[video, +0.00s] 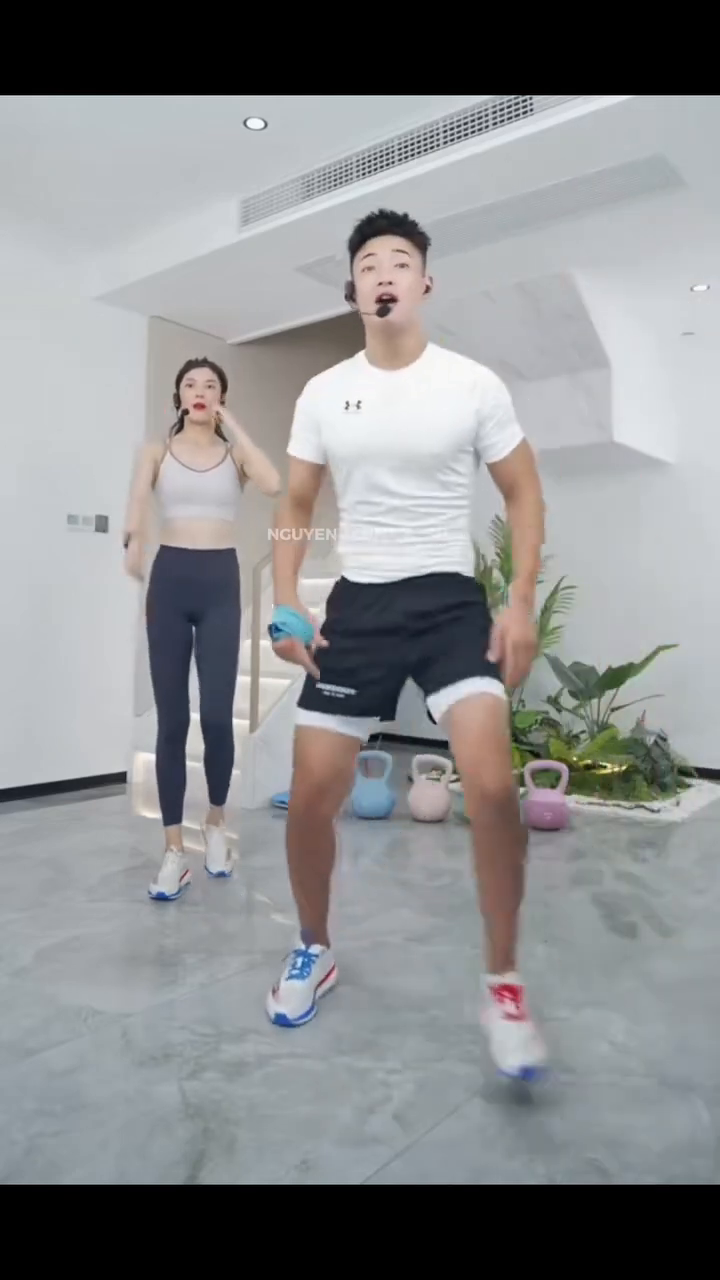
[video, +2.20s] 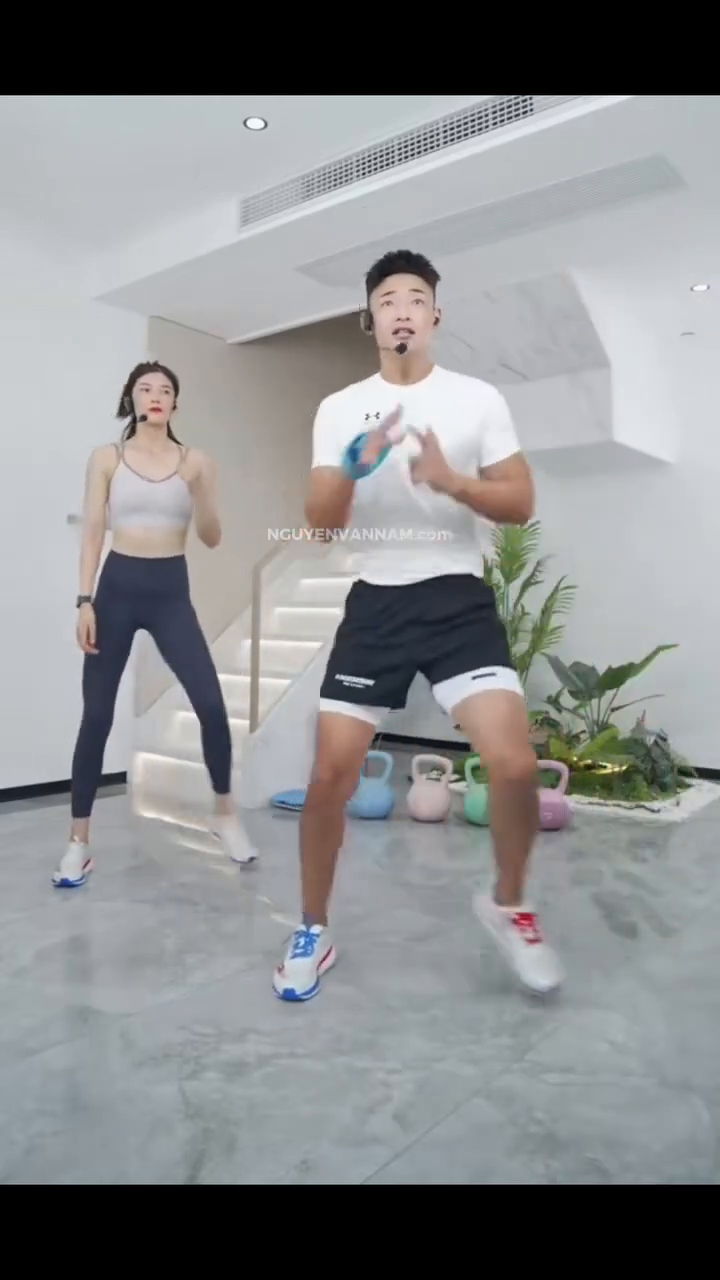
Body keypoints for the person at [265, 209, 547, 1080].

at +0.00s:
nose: (383, 276)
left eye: (399, 264)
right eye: (369, 266)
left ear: (428, 284)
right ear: (352, 291)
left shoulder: (474, 386)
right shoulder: (324, 394)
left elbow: (526, 496)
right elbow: (295, 509)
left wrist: (519, 605)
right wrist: (286, 600)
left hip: (453, 607)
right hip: (355, 612)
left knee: (493, 788)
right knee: (310, 795)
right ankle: (313, 950)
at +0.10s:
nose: (373, 271)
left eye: (388, 259)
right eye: (360, 262)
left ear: (416, 278)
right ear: (344, 286)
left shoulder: (463, 375)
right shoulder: (317, 387)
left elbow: (513, 478)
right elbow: (283, 493)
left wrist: (477, 570)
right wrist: (272, 584)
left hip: (436, 591)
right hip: (348, 595)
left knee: (426, 783)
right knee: (320, 777)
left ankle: (416, 912)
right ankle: (314, 948)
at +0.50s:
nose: (403, 312)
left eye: (415, 302)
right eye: (388, 304)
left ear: (434, 321)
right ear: (369, 327)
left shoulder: (474, 413)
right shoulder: (341, 421)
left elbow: (516, 501)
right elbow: (326, 528)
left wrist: (502, 557)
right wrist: (353, 550)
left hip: (462, 603)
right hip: (378, 610)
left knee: (530, 746)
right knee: (338, 767)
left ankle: (502, 862)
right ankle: (314, 943)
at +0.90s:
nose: (508, 331)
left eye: (519, 322)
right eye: (494, 324)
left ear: (537, 340)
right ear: (476, 344)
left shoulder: (573, 421)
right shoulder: (447, 424)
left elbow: (621, 501)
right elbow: (414, 520)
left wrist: (609, 552)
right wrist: (466, 558)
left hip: (551, 600)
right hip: (473, 598)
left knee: (567, 759)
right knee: (437, 748)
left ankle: (573, 902)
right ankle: (423, 882)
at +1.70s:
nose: (422, 337)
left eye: (436, 326)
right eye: (409, 326)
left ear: (456, 341)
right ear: (392, 341)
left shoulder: (481, 429)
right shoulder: (356, 417)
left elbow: (527, 525)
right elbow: (317, 504)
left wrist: (484, 552)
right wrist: (351, 526)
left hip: (448, 611)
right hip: (370, 612)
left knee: (523, 754)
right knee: (329, 763)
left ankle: (519, 870)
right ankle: (308, 927)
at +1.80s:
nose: (405, 323)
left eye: (419, 313)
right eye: (392, 313)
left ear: (439, 328)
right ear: (376, 328)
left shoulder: (468, 418)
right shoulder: (338, 407)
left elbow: (518, 506)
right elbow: (308, 477)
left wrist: (477, 560)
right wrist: (312, 534)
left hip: (434, 601)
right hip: (353, 602)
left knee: (477, 753)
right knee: (321, 764)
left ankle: (443, 860)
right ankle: (308, 929)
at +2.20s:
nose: (402, 312)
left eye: (415, 300)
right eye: (388, 301)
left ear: (437, 316)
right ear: (369, 320)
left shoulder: (478, 399)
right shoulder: (338, 409)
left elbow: (520, 503)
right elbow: (321, 520)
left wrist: (452, 482)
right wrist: (355, 467)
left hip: (459, 601)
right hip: (374, 606)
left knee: (516, 765)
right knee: (330, 772)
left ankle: (509, 906)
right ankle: (311, 930)